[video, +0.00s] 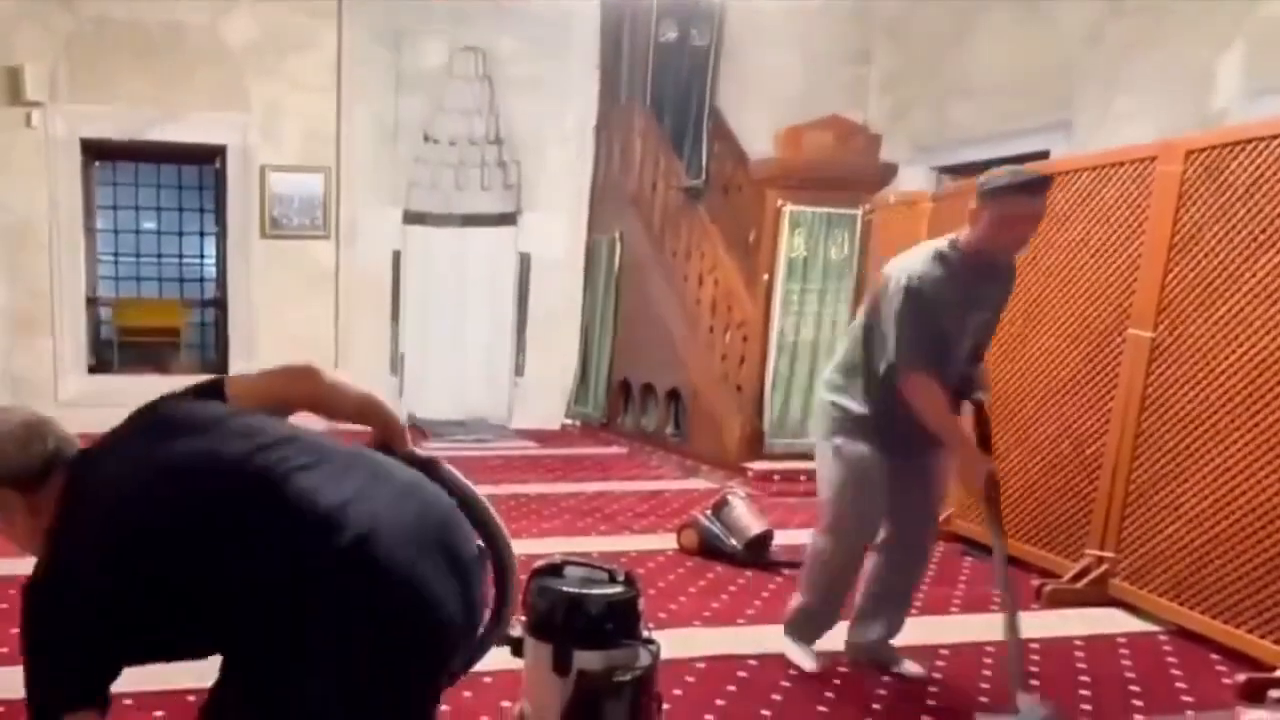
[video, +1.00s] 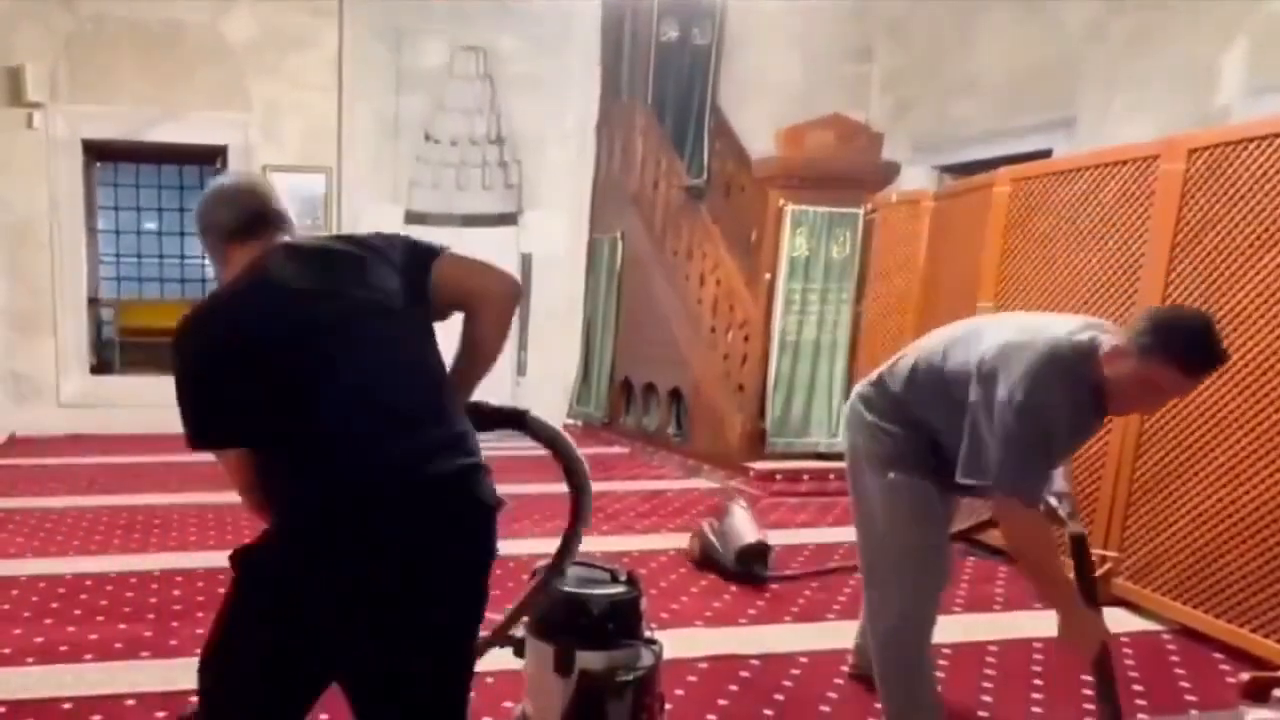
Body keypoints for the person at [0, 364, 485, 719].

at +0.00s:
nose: (6, 529)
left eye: (1, 513)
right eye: (1, 515)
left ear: (16, 501)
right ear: (70, 441)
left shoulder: (60, 596)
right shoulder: (159, 420)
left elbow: (72, 710)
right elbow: (307, 379)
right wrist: (392, 428)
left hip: (365, 625)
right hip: (455, 545)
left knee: (234, 702)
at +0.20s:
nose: (5, 506)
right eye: (1, 487)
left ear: (10, 467)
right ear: (61, 414)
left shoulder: (49, 556)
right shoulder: (156, 393)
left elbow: (63, 703)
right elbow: (311, 365)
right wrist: (393, 428)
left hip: (340, 612)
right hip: (438, 545)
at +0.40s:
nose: (52, 410)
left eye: (46, 397)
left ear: (49, 383)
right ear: (118, 338)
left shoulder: (72, 457)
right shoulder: (214, 343)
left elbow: (115, 652)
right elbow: (367, 364)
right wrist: (425, 461)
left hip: (328, 592)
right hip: (434, 539)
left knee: (229, 689)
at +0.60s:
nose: (149, 329)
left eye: (143, 317)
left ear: (143, 306)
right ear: (217, 274)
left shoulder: (143, 378)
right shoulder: (303, 296)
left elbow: (181, 557)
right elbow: (441, 358)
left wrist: (217, 630)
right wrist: (448, 479)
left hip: (334, 572)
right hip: (450, 537)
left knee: (251, 700)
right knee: (383, 701)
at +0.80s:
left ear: (207, 262)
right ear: (281, 232)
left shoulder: (202, 336)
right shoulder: (367, 264)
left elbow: (242, 516)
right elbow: (486, 333)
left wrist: (291, 549)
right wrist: (445, 436)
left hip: (334, 541)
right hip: (463, 516)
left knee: (238, 708)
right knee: (412, 703)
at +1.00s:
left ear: (216, 251)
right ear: (288, 223)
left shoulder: (210, 328)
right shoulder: (375, 255)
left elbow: (252, 487)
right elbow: (495, 289)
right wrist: (453, 398)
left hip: (324, 534)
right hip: (452, 514)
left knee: (239, 703)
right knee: (424, 703)